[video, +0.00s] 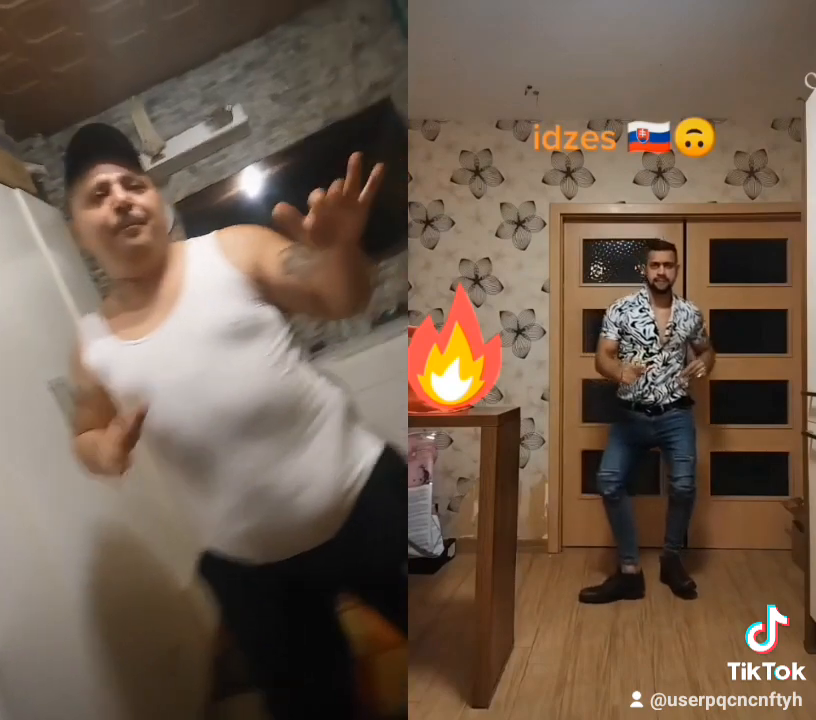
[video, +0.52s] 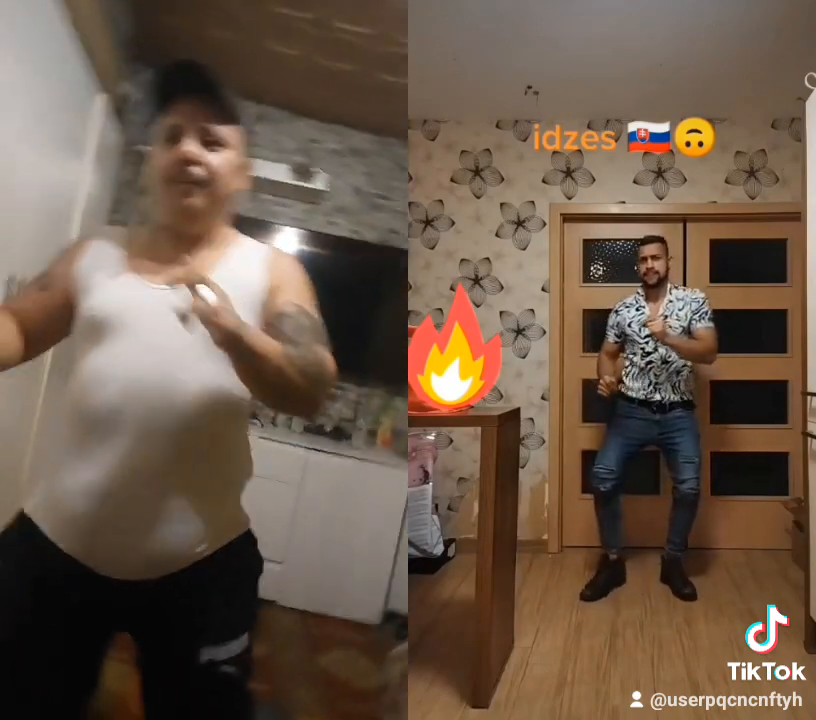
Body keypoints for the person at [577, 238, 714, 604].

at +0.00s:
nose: (662, 272)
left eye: (668, 265)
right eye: (655, 266)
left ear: (677, 270)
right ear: (644, 270)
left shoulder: (689, 315)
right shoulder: (621, 310)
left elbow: (705, 352)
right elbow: (603, 358)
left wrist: (703, 364)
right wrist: (620, 371)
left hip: (676, 415)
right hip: (631, 416)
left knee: (683, 487)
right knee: (609, 484)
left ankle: (672, 562)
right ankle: (629, 573)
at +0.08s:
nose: (662, 273)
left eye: (668, 267)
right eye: (656, 267)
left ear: (678, 271)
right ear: (645, 272)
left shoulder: (692, 317)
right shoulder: (623, 312)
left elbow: (712, 365)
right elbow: (604, 358)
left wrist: (703, 364)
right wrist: (618, 377)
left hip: (678, 415)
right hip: (633, 416)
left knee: (684, 488)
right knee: (609, 483)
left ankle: (672, 563)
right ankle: (629, 574)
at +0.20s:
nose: (661, 270)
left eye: (667, 264)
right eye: (655, 265)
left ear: (678, 268)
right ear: (646, 271)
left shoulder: (697, 312)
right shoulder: (626, 310)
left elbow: (719, 365)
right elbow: (603, 356)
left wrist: (703, 349)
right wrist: (611, 375)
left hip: (679, 413)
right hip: (633, 411)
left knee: (686, 487)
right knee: (605, 478)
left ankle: (673, 563)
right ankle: (624, 569)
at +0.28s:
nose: (659, 267)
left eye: (665, 261)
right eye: (653, 262)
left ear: (677, 265)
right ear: (645, 268)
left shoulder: (698, 306)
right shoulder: (628, 309)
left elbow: (719, 356)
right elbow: (603, 354)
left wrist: (692, 337)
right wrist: (607, 373)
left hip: (678, 412)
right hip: (633, 409)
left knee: (687, 486)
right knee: (602, 474)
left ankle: (673, 562)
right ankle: (617, 564)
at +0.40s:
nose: (654, 266)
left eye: (660, 259)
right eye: (648, 261)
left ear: (673, 263)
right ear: (642, 267)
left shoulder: (698, 301)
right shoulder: (629, 310)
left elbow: (716, 351)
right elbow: (607, 353)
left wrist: (681, 336)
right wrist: (607, 377)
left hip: (677, 411)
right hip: (631, 407)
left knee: (687, 486)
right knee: (602, 476)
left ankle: (673, 563)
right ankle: (608, 561)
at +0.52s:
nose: (649, 265)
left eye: (655, 259)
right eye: (643, 260)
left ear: (668, 263)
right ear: (637, 266)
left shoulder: (692, 301)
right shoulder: (625, 310)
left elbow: (709, 351)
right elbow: (608, 354)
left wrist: (668, 338)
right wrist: (607, 378)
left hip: (678, 412)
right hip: (631, 411)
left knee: (688, 488)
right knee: (603, 479)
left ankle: (673, 563)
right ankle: (612, 564)